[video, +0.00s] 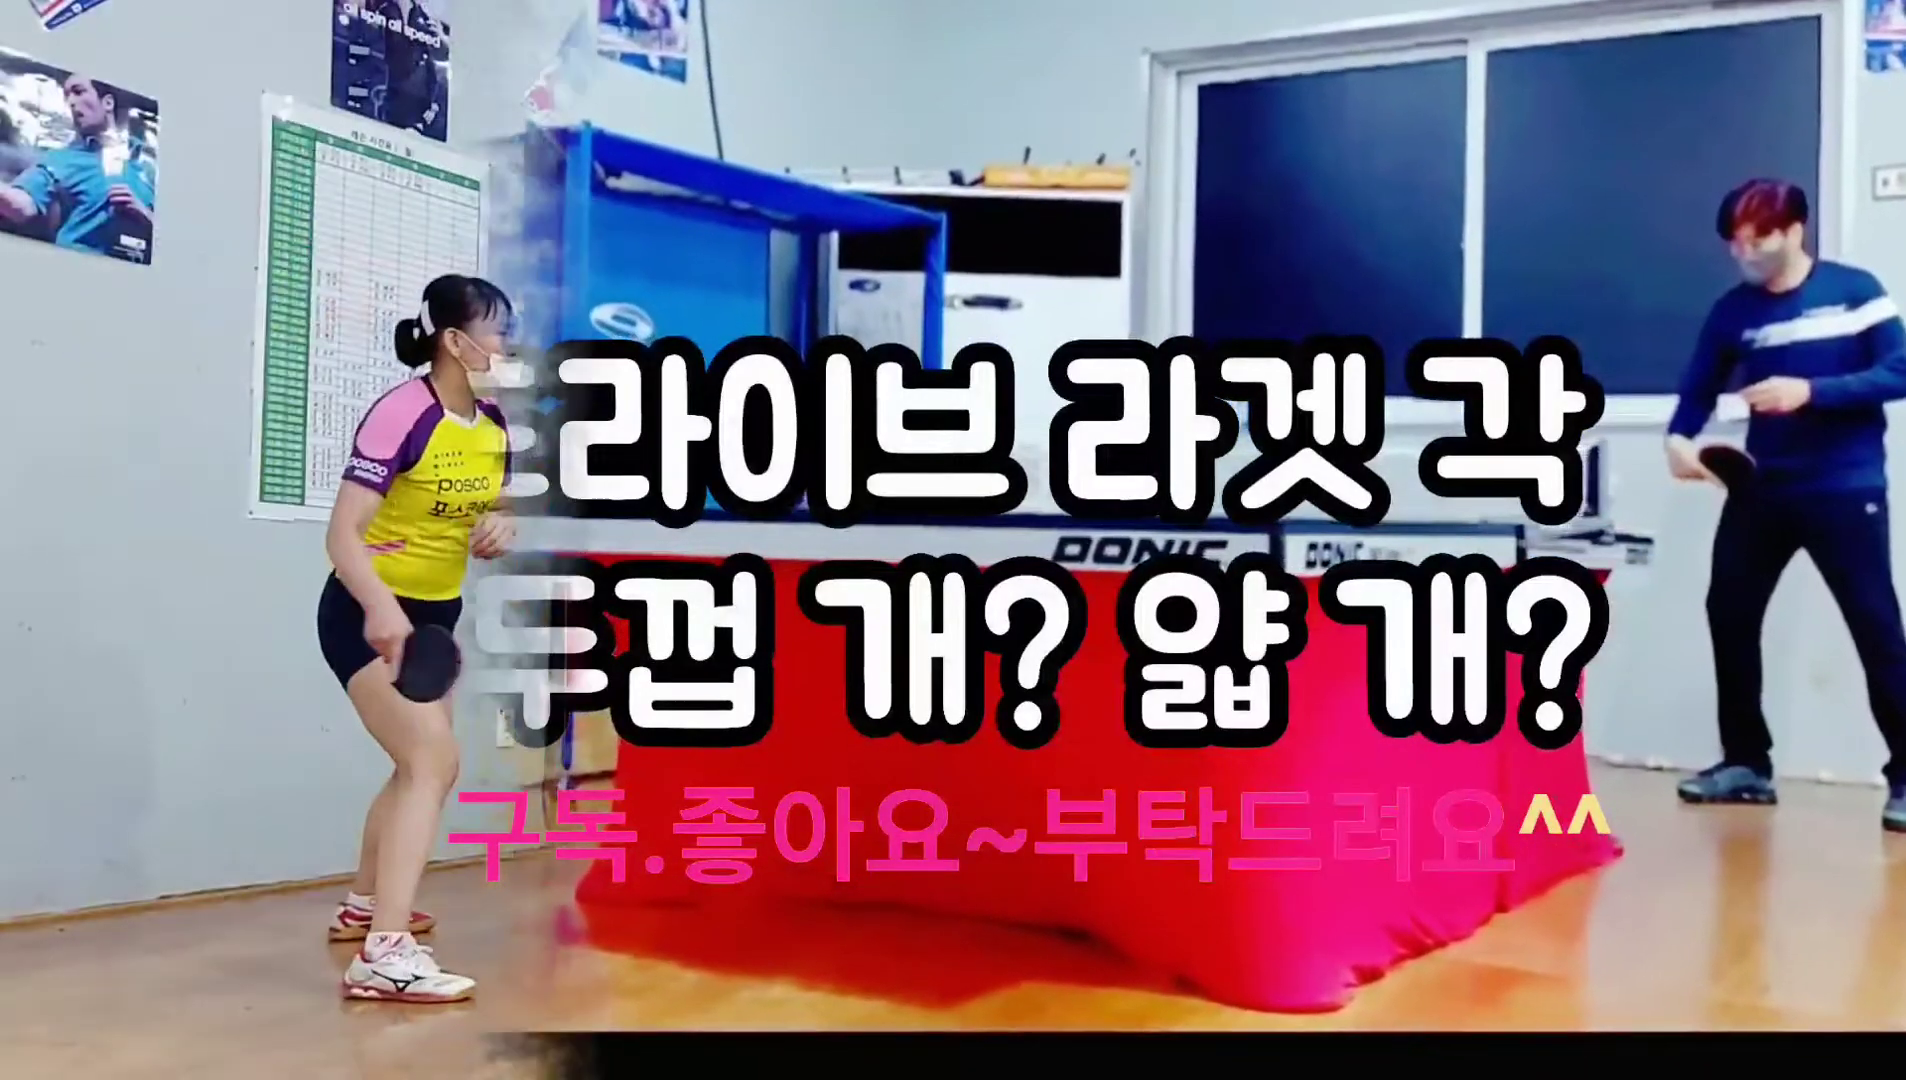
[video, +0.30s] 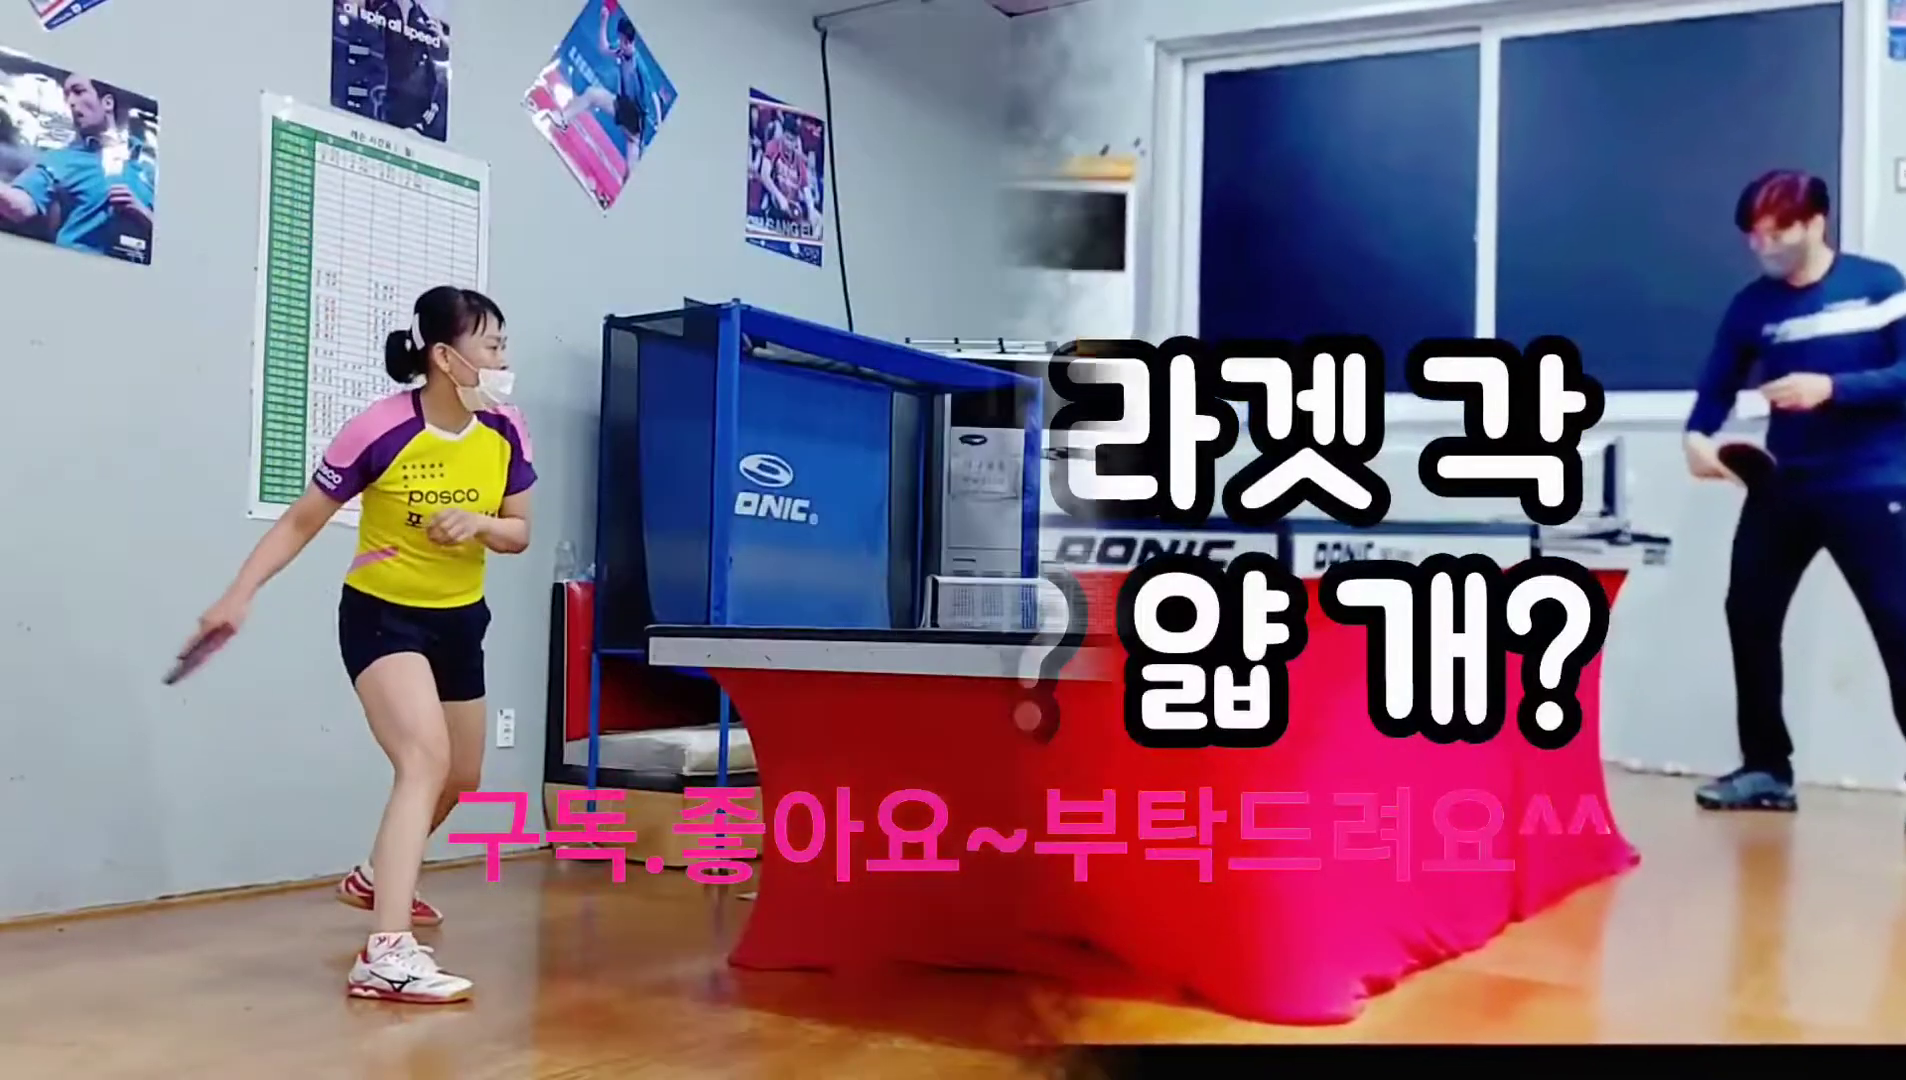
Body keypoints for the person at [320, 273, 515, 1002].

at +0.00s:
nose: (498, 345)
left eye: (501, 332)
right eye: (486, 332)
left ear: (485, 343)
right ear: (448, 340)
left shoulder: (492, 423)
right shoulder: (401, 412)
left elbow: (486, 521)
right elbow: (341, 532)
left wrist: (502, 523)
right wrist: (381, 606)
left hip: (433, 611)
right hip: (367, 608)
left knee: (421, 766)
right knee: (434, 760)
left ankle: (366, 901)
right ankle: (387, 948)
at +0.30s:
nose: (501, 358)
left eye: (501, 345)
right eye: (488, 346)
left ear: (467, 359)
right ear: (442, 358)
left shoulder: (505, 430)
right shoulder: (380, 429)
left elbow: (517, 534)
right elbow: (302, 520)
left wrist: (477, 526)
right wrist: (238, 595)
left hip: (459, 619)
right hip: (382, 613)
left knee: (459, 780)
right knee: (423, 762)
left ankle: (378, 875)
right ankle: (388, 947)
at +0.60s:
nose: (508, 393)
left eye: (513, 381)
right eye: (497, 380)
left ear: (508, 385)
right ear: (452, 382)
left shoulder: (505, 455)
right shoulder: (389, 452)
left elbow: (517, 551)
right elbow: (312, 528)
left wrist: (491, 543)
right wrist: (224, 565)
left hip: (461, 637)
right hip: (393, 631)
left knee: (482, 791)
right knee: (408, 772)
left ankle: (386, 890)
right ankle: (392, 943)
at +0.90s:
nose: (509, 362)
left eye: (511, 353)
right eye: (501, 348)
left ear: (468, 352)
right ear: (461, 345)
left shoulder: (452, 407)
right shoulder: (432, 391)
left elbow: (416, 496)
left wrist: (468, 532)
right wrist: (581, 359)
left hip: (411, 607)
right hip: (383, 600)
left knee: (444, 756)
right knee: (394, 755)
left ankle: (385, 890)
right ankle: (338, 931)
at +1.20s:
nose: (498, 355)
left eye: (498, 342)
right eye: (490, 341)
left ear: (447, 345)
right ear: (451, 343)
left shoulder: (426, 402)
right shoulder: (432, 398)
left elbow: (387, 500)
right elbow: (495, 493)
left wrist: (455, 533)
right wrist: (564, 480)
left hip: (378, 608)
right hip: (355, 607)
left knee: (410, 762)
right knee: (398, 768)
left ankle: (374, 885)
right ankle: (331, 945)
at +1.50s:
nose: (459, 431)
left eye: (462, 417)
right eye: (446, 418)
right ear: (399, 429)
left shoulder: (471, 495)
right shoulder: (336, 495)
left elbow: (487, 586)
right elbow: (239, 569)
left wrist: (450, 586)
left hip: (410, 670)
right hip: (330, 654)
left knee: (418, 834)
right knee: (400, 762)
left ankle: (322, 892)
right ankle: (341, 952)